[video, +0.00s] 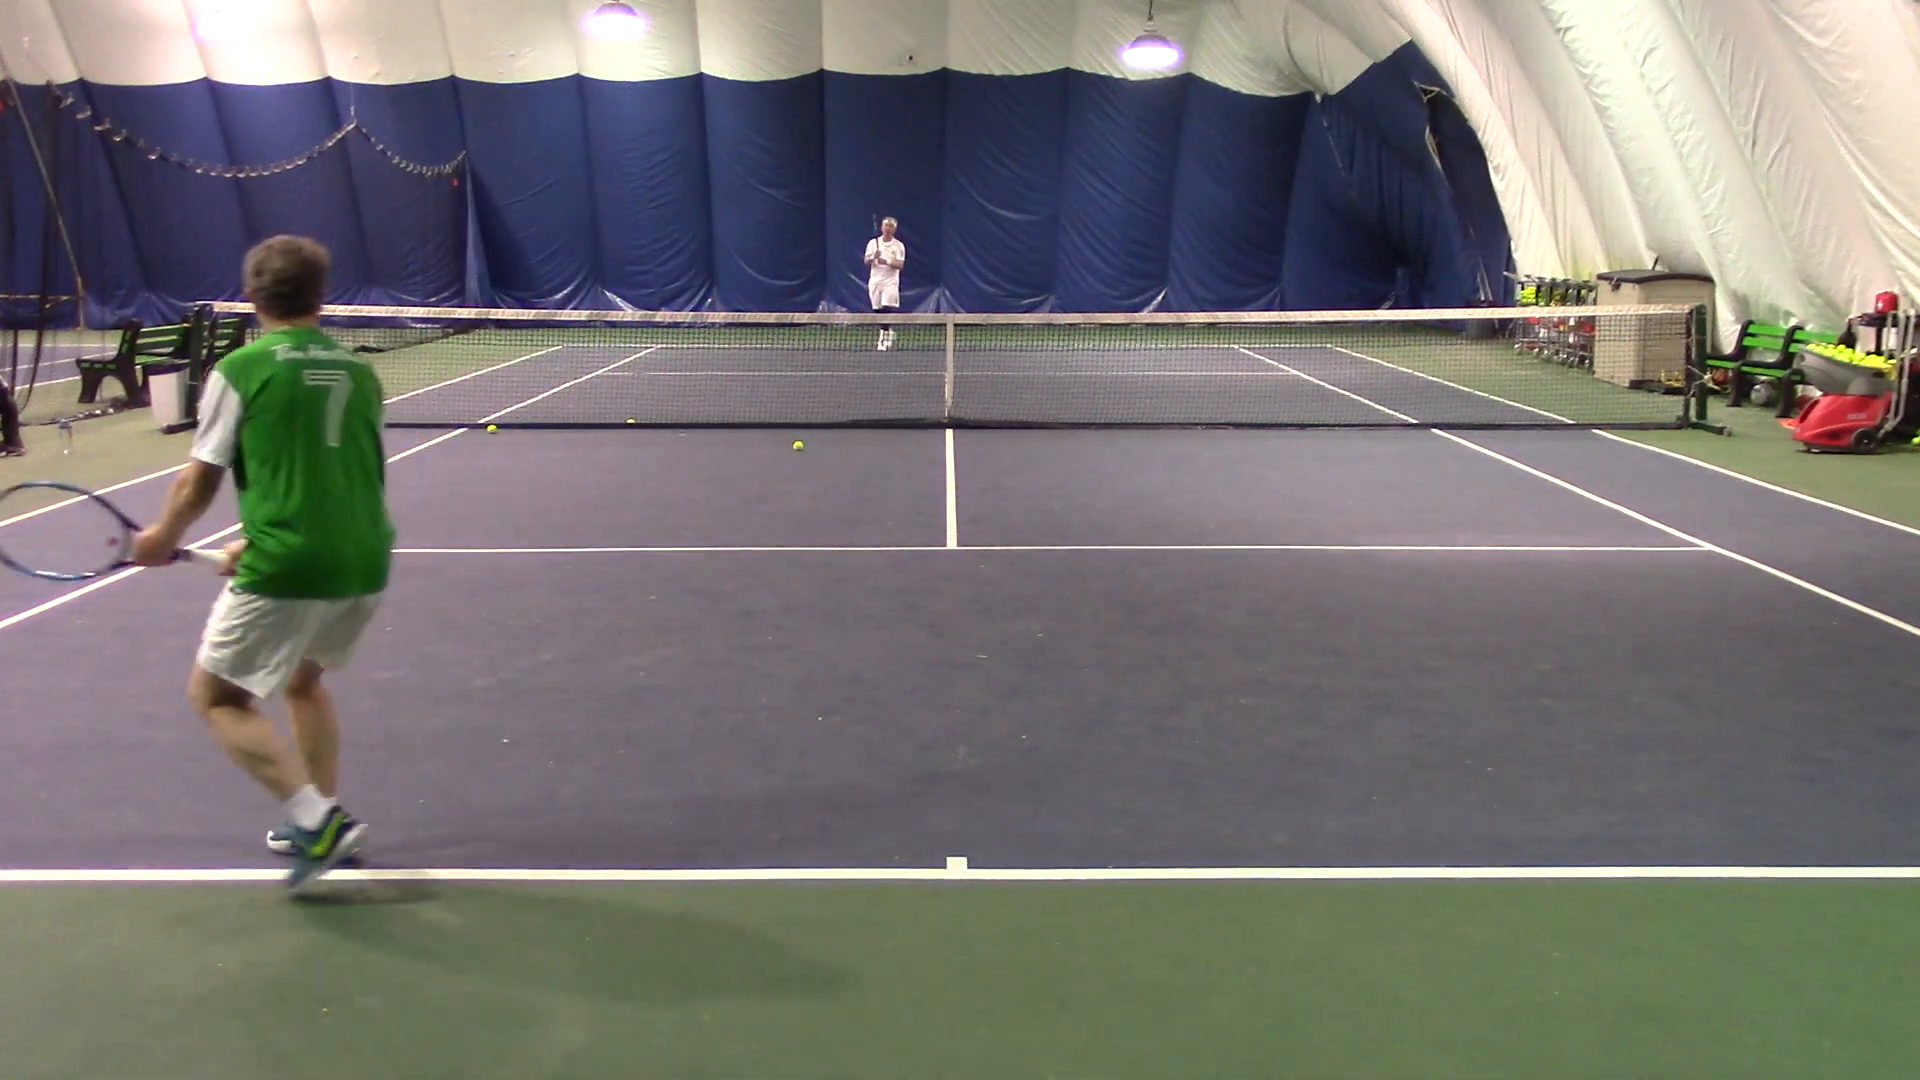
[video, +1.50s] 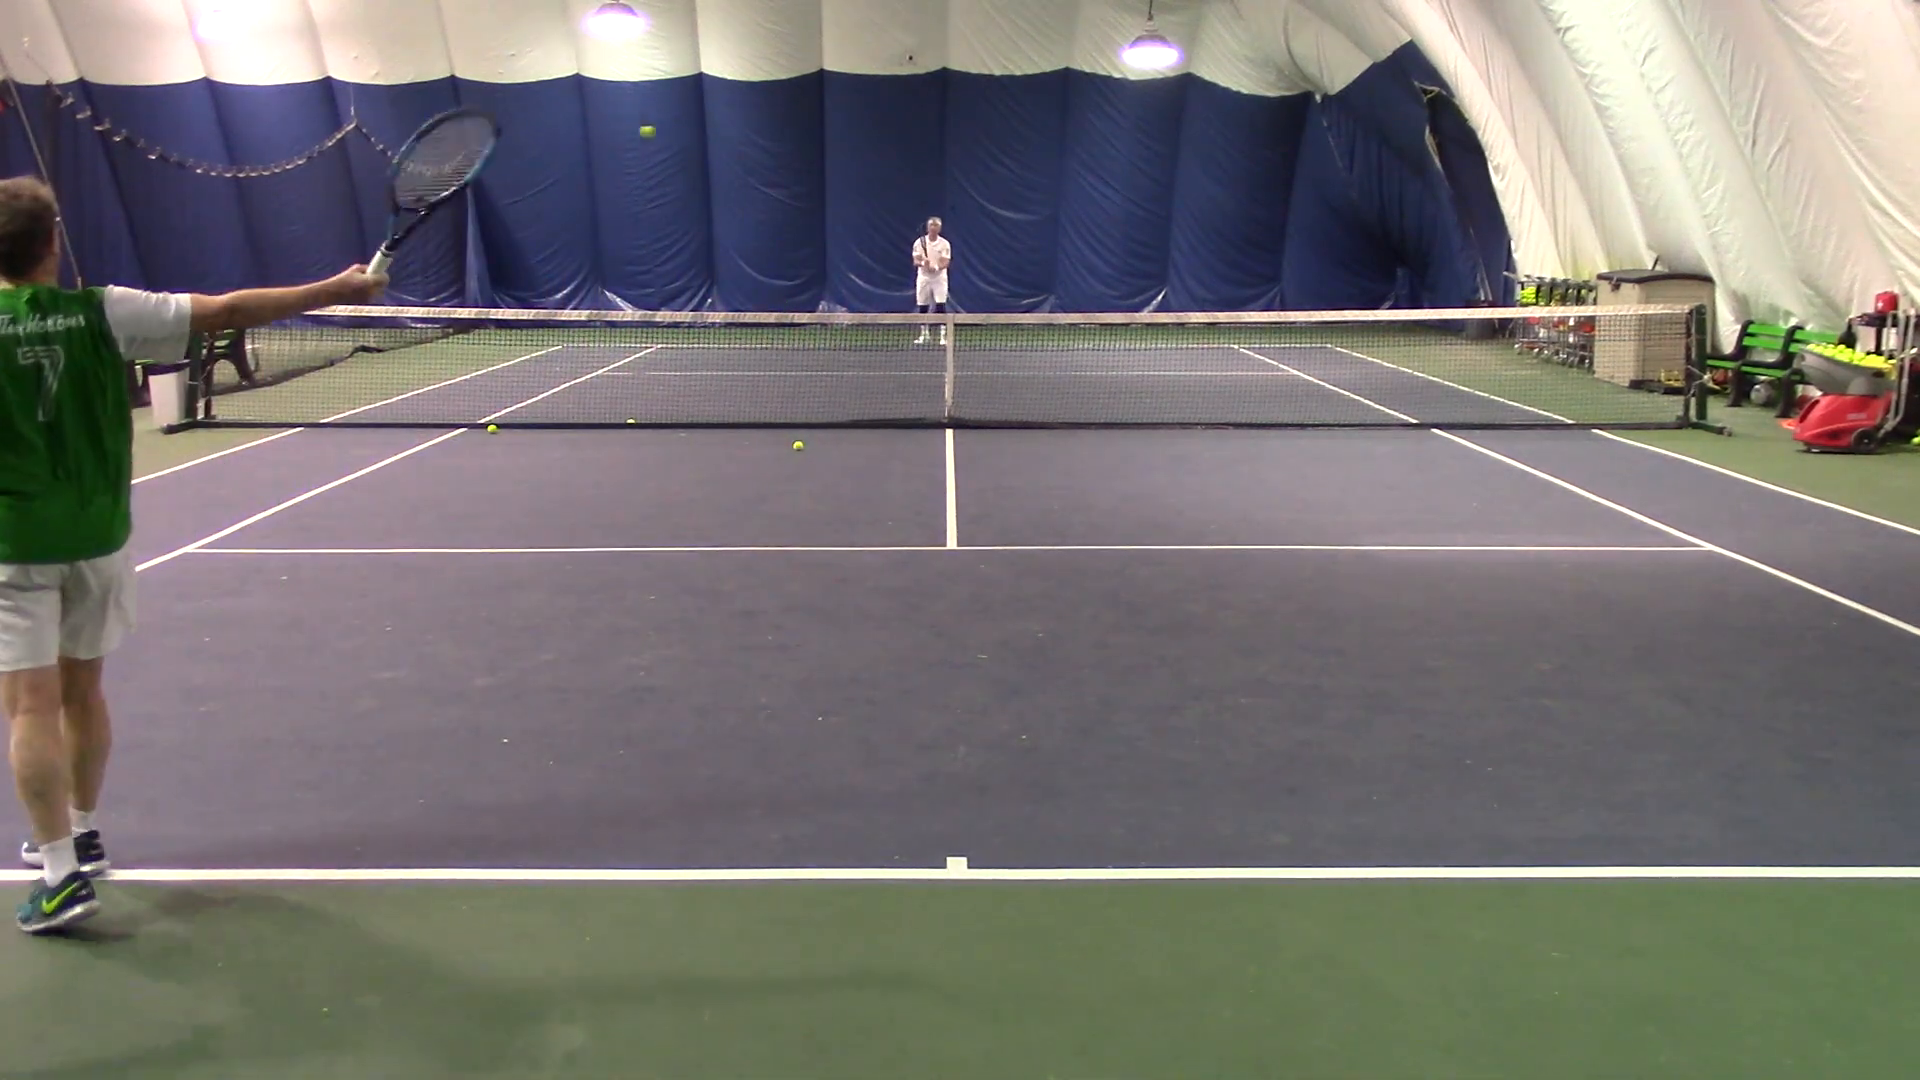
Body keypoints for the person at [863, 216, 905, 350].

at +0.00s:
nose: (887, 230)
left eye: (890, 228)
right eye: (886, 227)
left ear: (894, 230)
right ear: (882, 228)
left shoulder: (899, 246)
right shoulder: (873, 243)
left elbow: (900, 264)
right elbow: (866, 260)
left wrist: (887, 261)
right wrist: (874, 256)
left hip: (890, 281)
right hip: (875, 280)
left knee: (887, 308)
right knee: (877, 309)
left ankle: (882, 338)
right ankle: (888, 332)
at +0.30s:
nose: (892, 227)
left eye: (895, 224)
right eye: (890, 224)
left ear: (899, 226)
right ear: (886, 225)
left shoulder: (905, 242)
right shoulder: (879, 241)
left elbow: (902, 260)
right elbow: (874, 259)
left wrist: (888, 258)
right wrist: (880, 254)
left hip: (900, 278)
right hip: (885, 278)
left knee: (896, 305)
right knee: (887, 306)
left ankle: (893, 336)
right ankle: (893, 335)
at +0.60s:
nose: (905, 227)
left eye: (907, 225)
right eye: (903, 224)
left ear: (911, 227)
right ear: (899, 226)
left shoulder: (916, 242)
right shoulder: (892, 241)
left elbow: (913, 257)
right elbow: (886, 258)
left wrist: (897, 257)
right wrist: (889, 253)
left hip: (913, 278)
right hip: (897, 277)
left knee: (921, 306)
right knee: (893, 306)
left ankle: (932, 331)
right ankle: (894, 337)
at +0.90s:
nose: (923, 231)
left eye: (926, 228)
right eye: (921, 228)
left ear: (930, 230)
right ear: (917, 230)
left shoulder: (936, 245)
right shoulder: (911, 246)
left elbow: (935, 261)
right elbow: (907, 263)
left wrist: (925, 267)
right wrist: (911, 262)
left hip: (933, 281)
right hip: (916, 280)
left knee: (937, 308)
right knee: (908, 306)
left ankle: (941, 335)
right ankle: (900, 334)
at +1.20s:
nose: (935, 227)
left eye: (938, 224)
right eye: (934, 224)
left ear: (942, 227)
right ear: (930, 225)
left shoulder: (946, 242)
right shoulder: (921, 240)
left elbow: (946, 258)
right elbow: (915, 258)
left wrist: (936, 263)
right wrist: (921, 257)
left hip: (939, 277)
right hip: (923, 276)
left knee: (940, 306)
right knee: (917, 304)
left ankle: (942, 334)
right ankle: (918, 334)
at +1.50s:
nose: (933, 229)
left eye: (936, 226)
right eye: (931, 226)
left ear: (940, 228)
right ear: (928, 227)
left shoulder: (945, 244)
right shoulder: (919, 242)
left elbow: (946, 260)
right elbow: (916, 260)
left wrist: (938, 266)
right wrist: (924, 263)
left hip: (939, 277)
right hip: (924, 277)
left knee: (940, 305)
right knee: (923, 305)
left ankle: (943, 333)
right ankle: (924, 332)